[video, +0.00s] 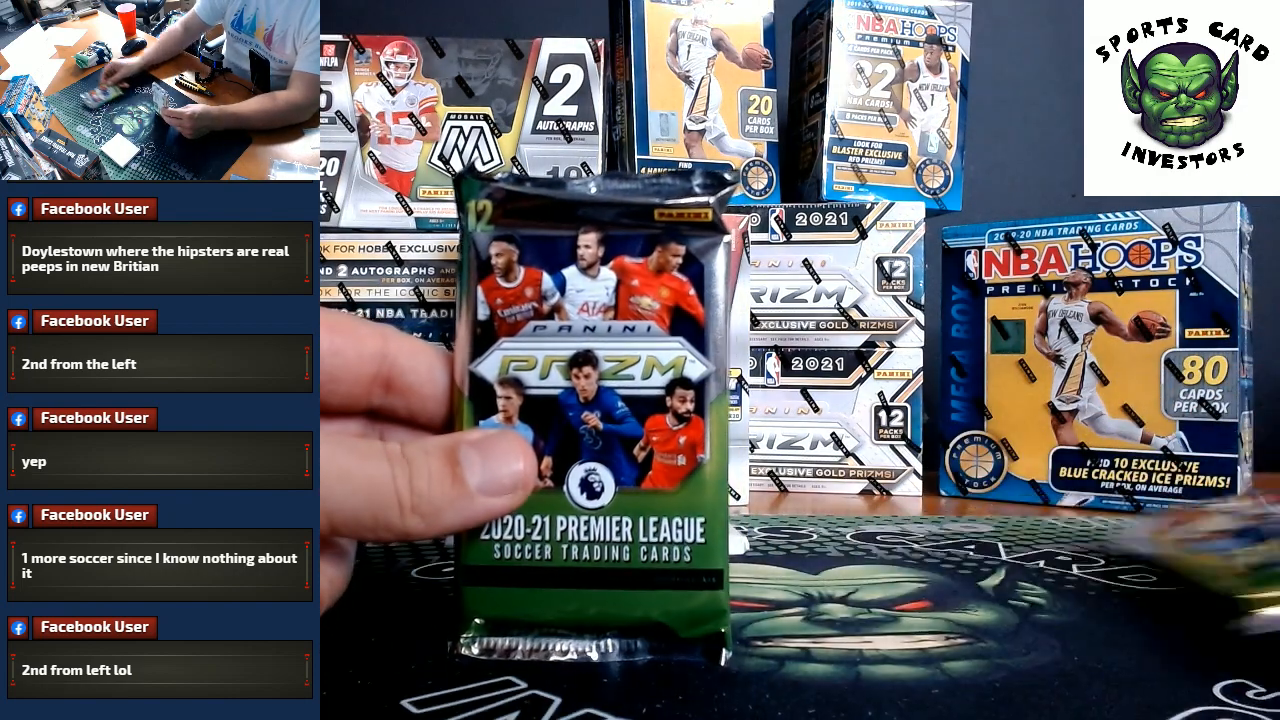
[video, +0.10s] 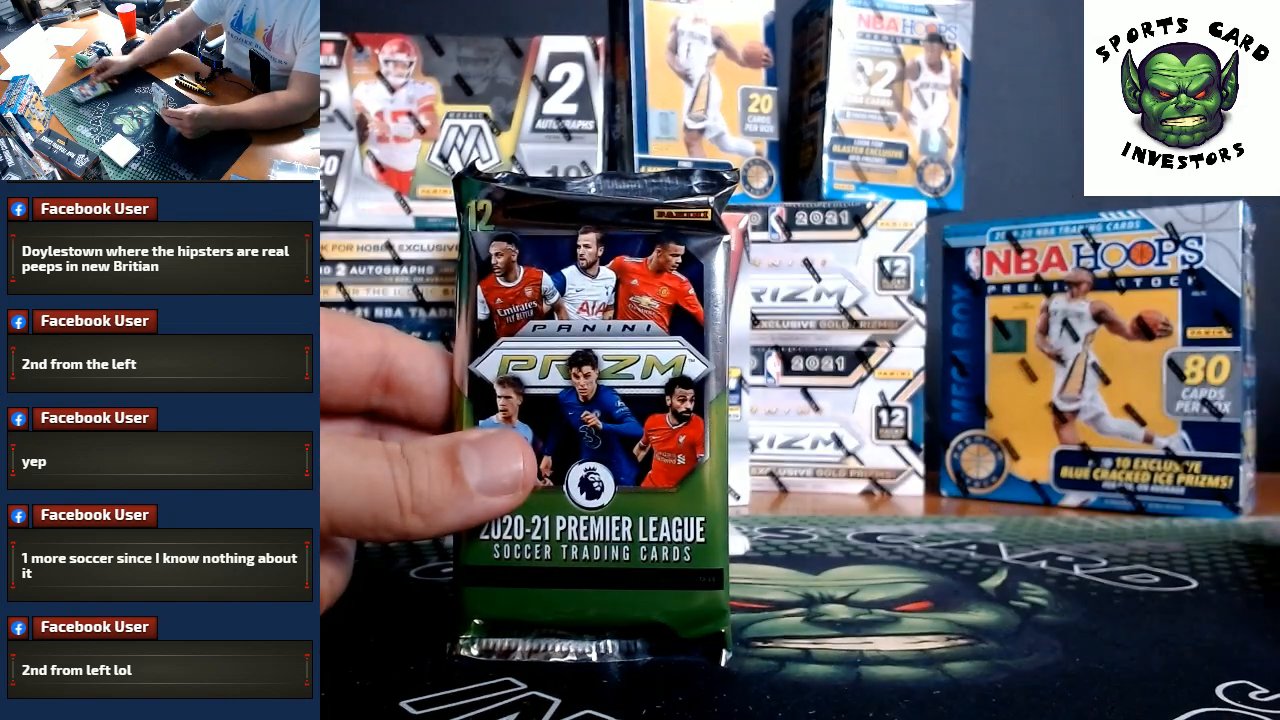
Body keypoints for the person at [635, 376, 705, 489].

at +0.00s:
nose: (688, 407)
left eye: (692, 401)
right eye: (682, 401)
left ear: (695, 402)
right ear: (668, 402)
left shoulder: (698, 426)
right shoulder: (653, 423)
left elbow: (703, 461)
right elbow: (643, 446)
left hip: (681, 492)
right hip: (652, 489)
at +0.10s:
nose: (688, 406)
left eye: (692, 400)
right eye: (682, 400)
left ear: (694, 401)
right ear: (668, 401)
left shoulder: (698, 427)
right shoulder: (653, 422)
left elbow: (704, 463)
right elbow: (642, 447)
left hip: (680, 494)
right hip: (651, 489)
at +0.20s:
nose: (688, 406)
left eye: (691, 400)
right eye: (682, 400)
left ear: (694, 401)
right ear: (668, 401)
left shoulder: (698, 427)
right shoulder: (652, 422)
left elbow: (703, 462)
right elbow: (642, 446)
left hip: (680, 493)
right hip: (651, 489)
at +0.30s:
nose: (688, 406)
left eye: (692, 400)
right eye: (682, 400)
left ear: (694, 400)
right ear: (668, 400)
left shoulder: (698, 426)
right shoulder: (653, 422)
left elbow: (703, 461)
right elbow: (642, 446)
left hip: (681, 492)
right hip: (651, 488)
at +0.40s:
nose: (688, 406)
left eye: (692, 400)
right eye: (682, 400)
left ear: (694, 400)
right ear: (668, 400)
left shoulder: (698, 426)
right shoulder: (653, 422)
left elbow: (703, 461)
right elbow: (642, 446)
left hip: (681, 492)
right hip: (652, 487)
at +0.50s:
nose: (688, 406)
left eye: (692, 400)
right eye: (682, 400)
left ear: (694, 400)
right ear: (668, 400)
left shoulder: (698, 426)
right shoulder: (653, 422)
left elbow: (703, 461)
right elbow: (642, 446)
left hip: (681, 492)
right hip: (652, 487)